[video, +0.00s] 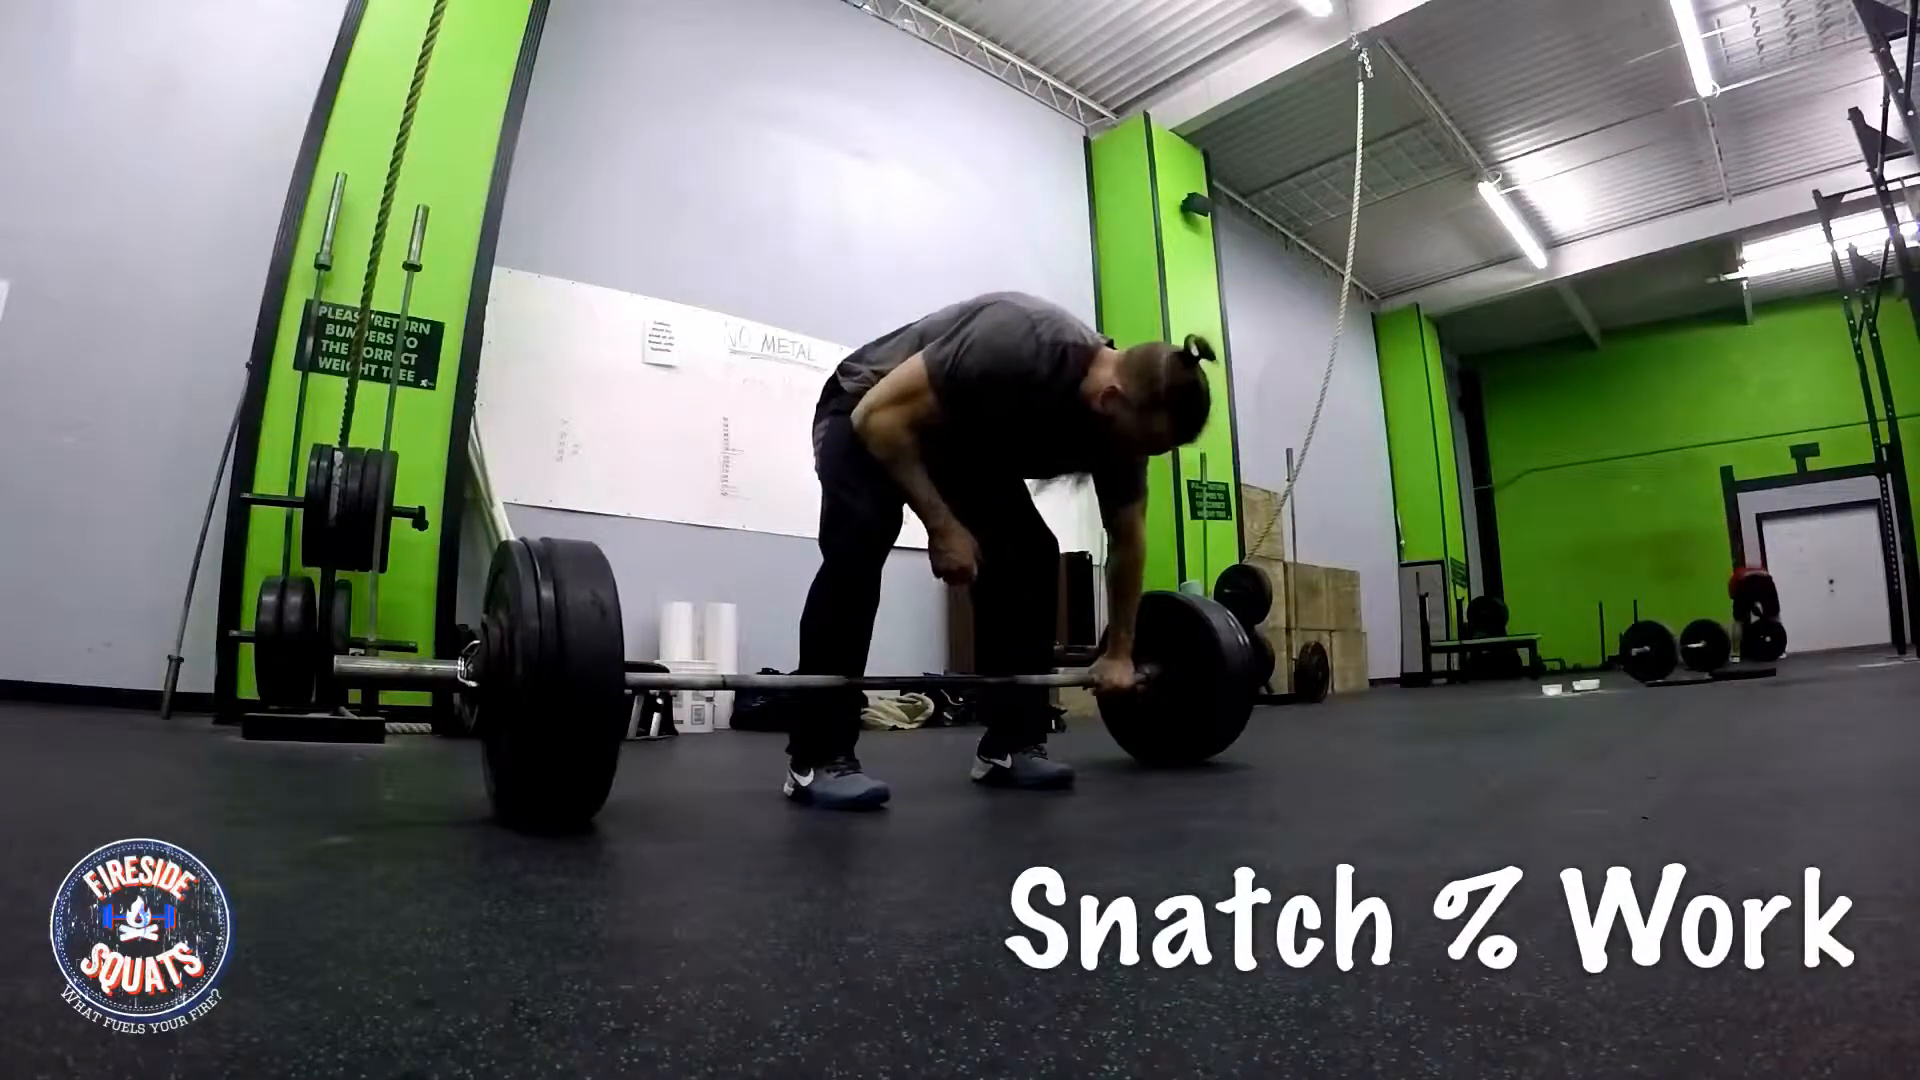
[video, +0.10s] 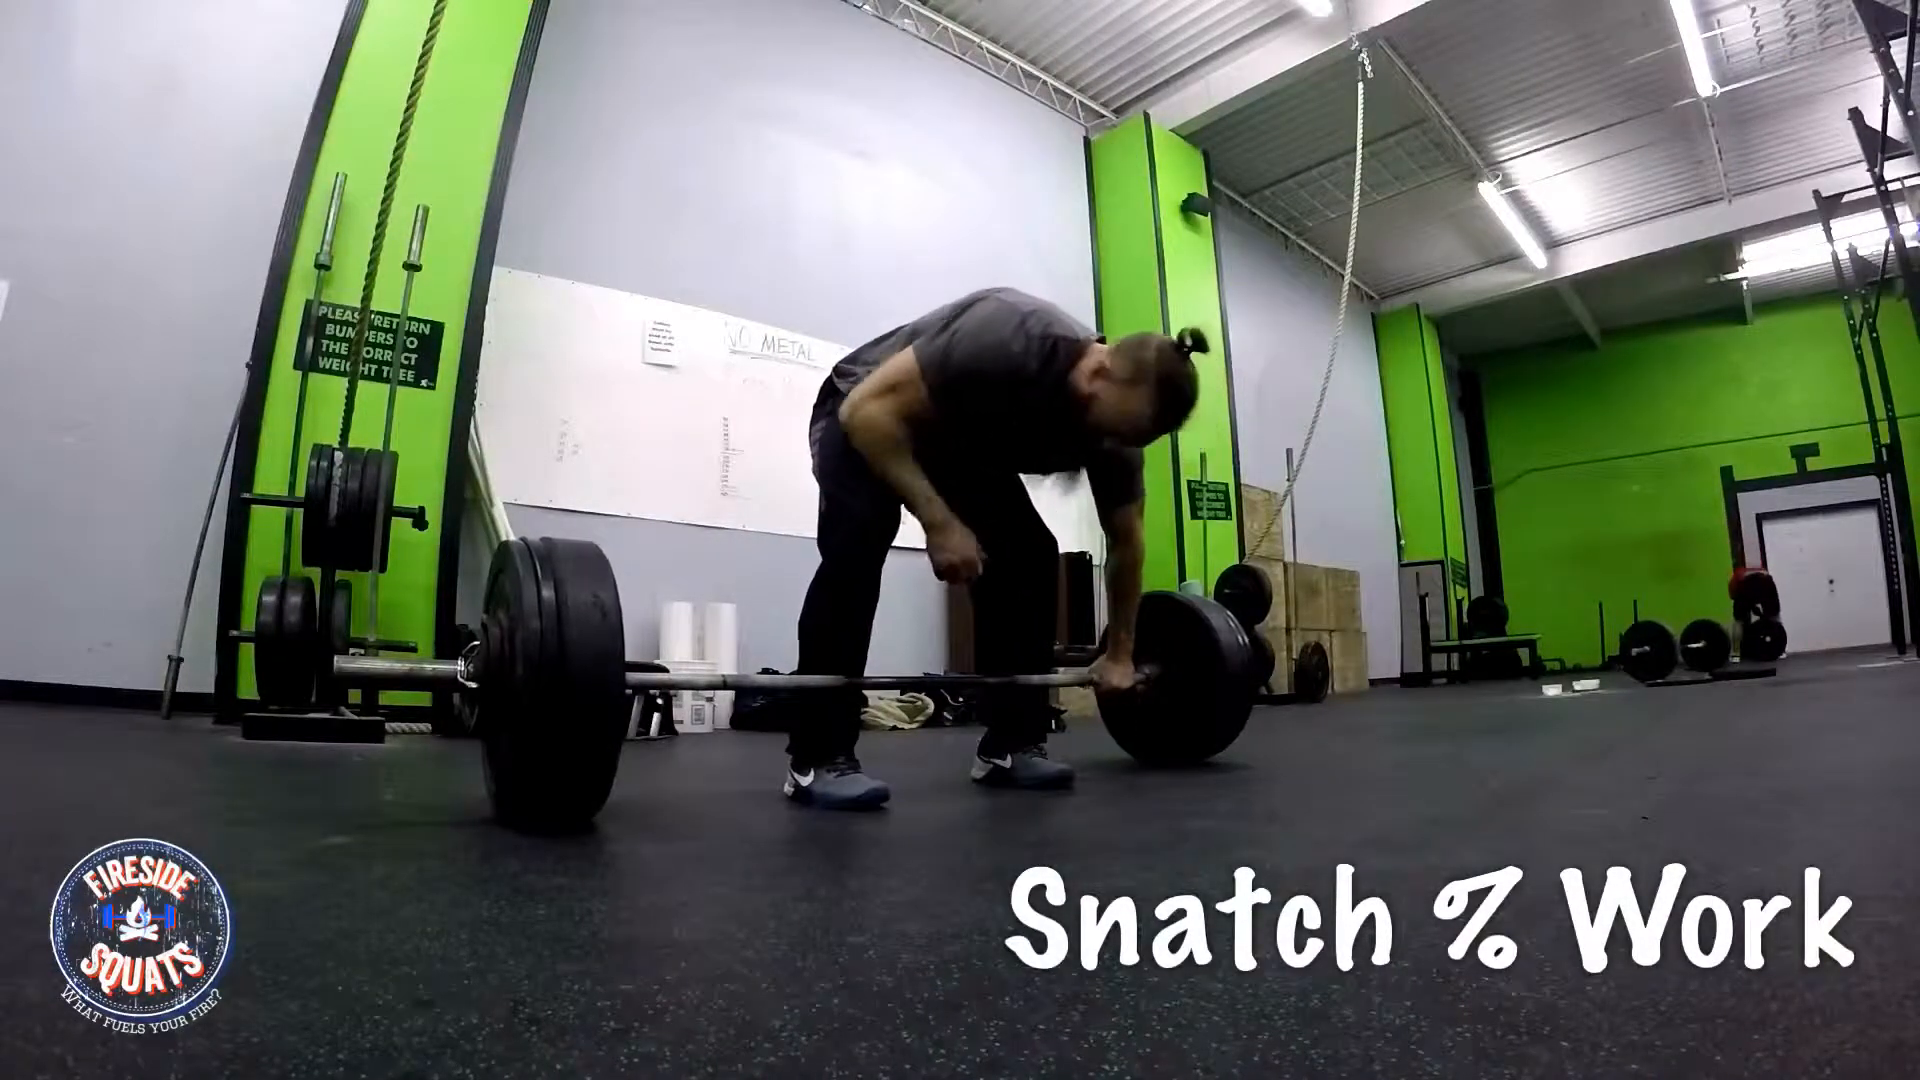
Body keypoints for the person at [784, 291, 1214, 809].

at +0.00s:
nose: (1144, 460)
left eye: (1155, 451)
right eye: (1145, 444)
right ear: (1111, 396)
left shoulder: (1120, 425)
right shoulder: (1012, 343)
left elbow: (1127, 535)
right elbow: (878, 415)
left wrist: (1118, 652)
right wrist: (943, 527)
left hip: (971, 443)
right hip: (872, 409)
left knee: (1027, 559)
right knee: (855, 556)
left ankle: (1011, 744)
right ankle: (819, 760)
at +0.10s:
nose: (1116, 448)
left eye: (1129, 442)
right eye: (1117, 431)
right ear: (1096, 371)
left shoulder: (1115, 422)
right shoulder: (1001, 338)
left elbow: (1126, 537)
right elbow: (866, 411)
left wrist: (1119, 651)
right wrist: (939, 523)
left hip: (967, 444)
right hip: (872, 411)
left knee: (1027, 556)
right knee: (854, 555)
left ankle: (1011, 743)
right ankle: (818, 759)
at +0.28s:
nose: (1071, 442)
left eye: (1091, 441)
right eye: (1077, 422)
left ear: (1117, 434)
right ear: (1072, 368)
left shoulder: (1100, 435)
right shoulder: (979, 345)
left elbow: (1124, 542)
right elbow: (829, 402)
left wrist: (1119, 652)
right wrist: (855, 544)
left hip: (952, 458)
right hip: (862, 428)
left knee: (1024, 559)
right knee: (847, 561)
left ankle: (1011, 744)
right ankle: (819, 760)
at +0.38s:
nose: (1051, 448)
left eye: (1071, 451)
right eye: (1058, 428)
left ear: (1103, 446)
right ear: (1056, 377)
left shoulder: (1092, 451)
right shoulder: (960, 356)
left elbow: (1123, 550)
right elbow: (811, 418)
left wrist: (1119, 656)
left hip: (945, 460)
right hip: (856, 433)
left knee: (1025, 559)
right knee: (840, 571)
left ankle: (1009, 746)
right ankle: (819, 760)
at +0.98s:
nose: (969, 519)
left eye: (983, 518)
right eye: (968, 500)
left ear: (1049, 497)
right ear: (977, 434)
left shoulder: (1068, 497)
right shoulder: (880, 414)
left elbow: (1118, 563)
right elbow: (722, 485)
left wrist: (1126, 652)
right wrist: (676, 638)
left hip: (925, 500)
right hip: (841, 471)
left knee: (1032, 570)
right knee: (816, 559)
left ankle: (1011, 747)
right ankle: (821, 763)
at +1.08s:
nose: (969, 516)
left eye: (982, 515)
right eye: (968, 496)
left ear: (1051, 495)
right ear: (978, 432)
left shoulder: (1069, 493)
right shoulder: (879, 415)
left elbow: (1117, 563)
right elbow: (722, 483)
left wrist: (1126, 651)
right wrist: (677, 638)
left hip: (920, 498)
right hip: (839, 472)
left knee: (1035, 566)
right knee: (816, 559)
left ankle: (1011, 747)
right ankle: (822, 762)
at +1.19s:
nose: (970, 510)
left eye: (984, 511)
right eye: (970, 491)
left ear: (1051, 490)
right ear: (978, 428)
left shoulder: (1070, 490)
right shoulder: (888, 407)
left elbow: (1117, 562)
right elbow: (724, 483)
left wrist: (1127, 652)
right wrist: (678, 638)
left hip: (919, 501)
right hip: (840, 475)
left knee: (1036, 564)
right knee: (817, 553)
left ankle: (1011, 746)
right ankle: (821, 761)